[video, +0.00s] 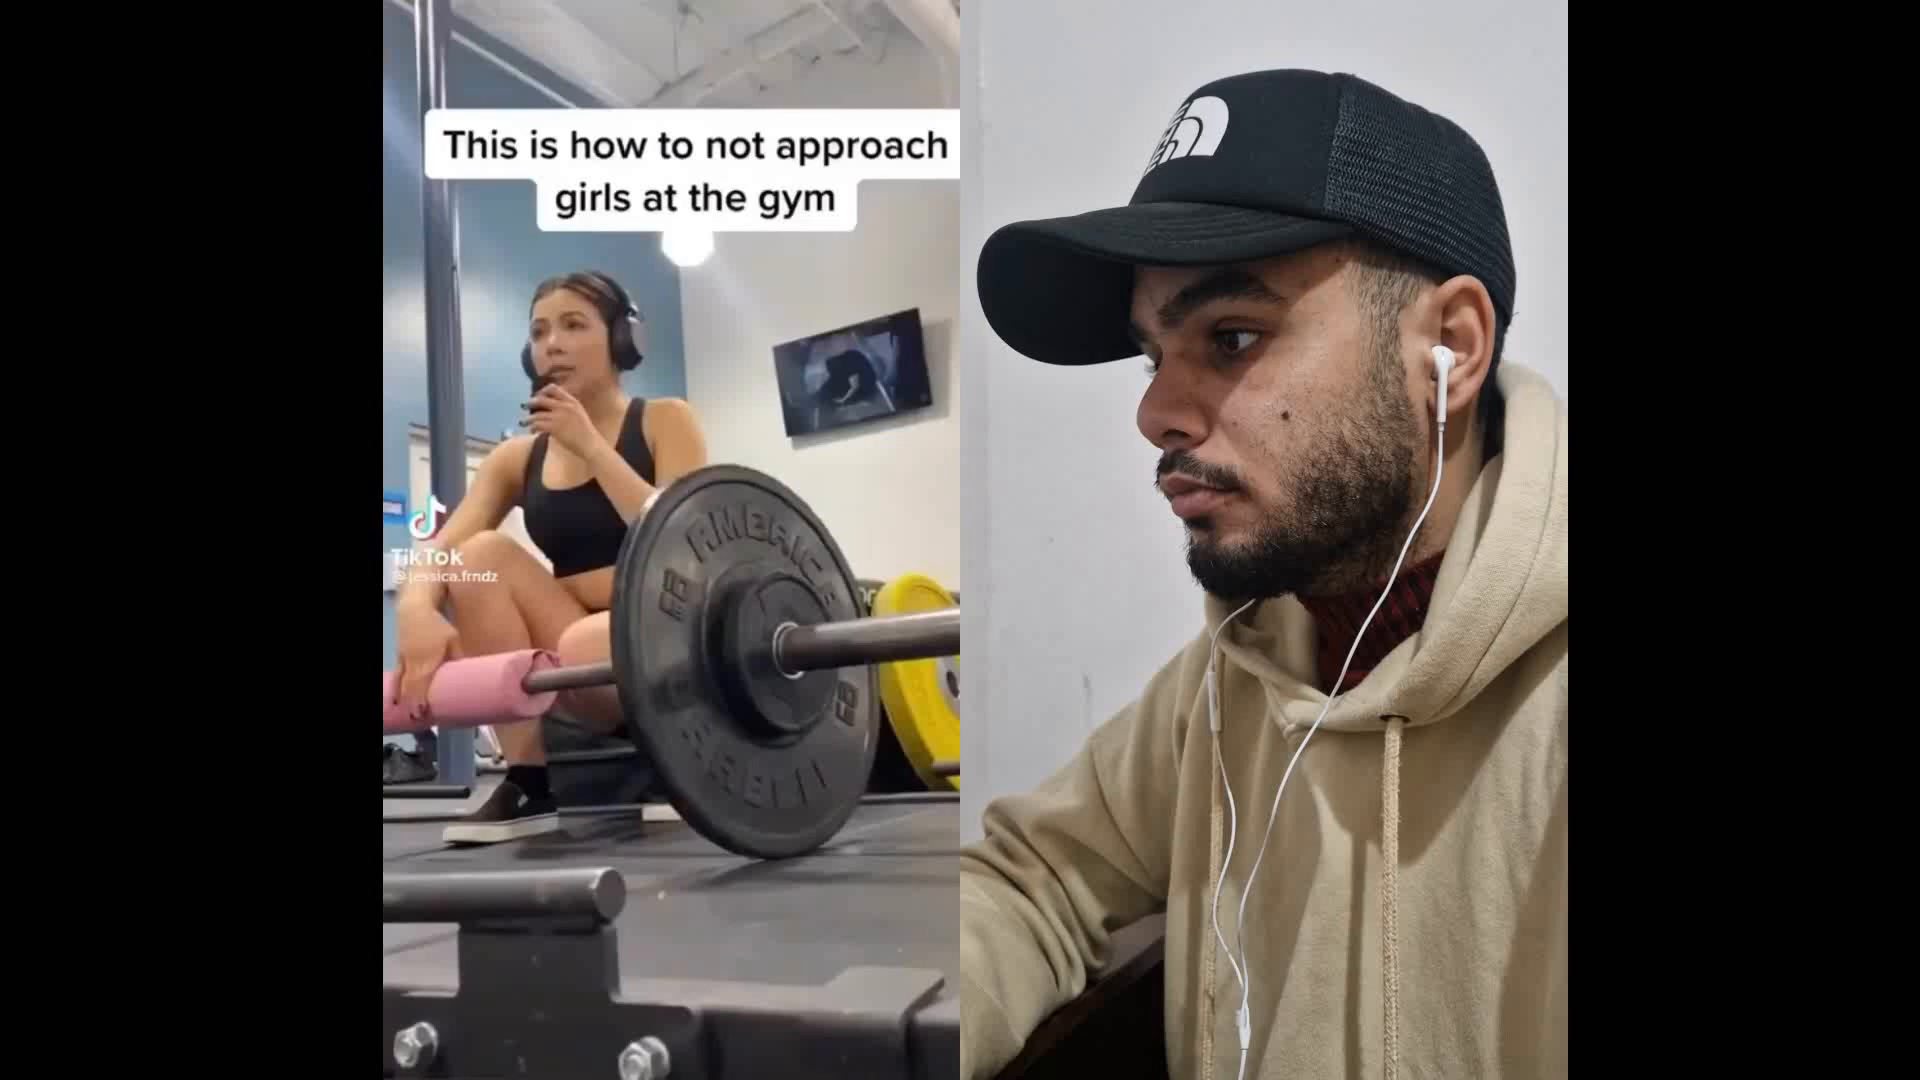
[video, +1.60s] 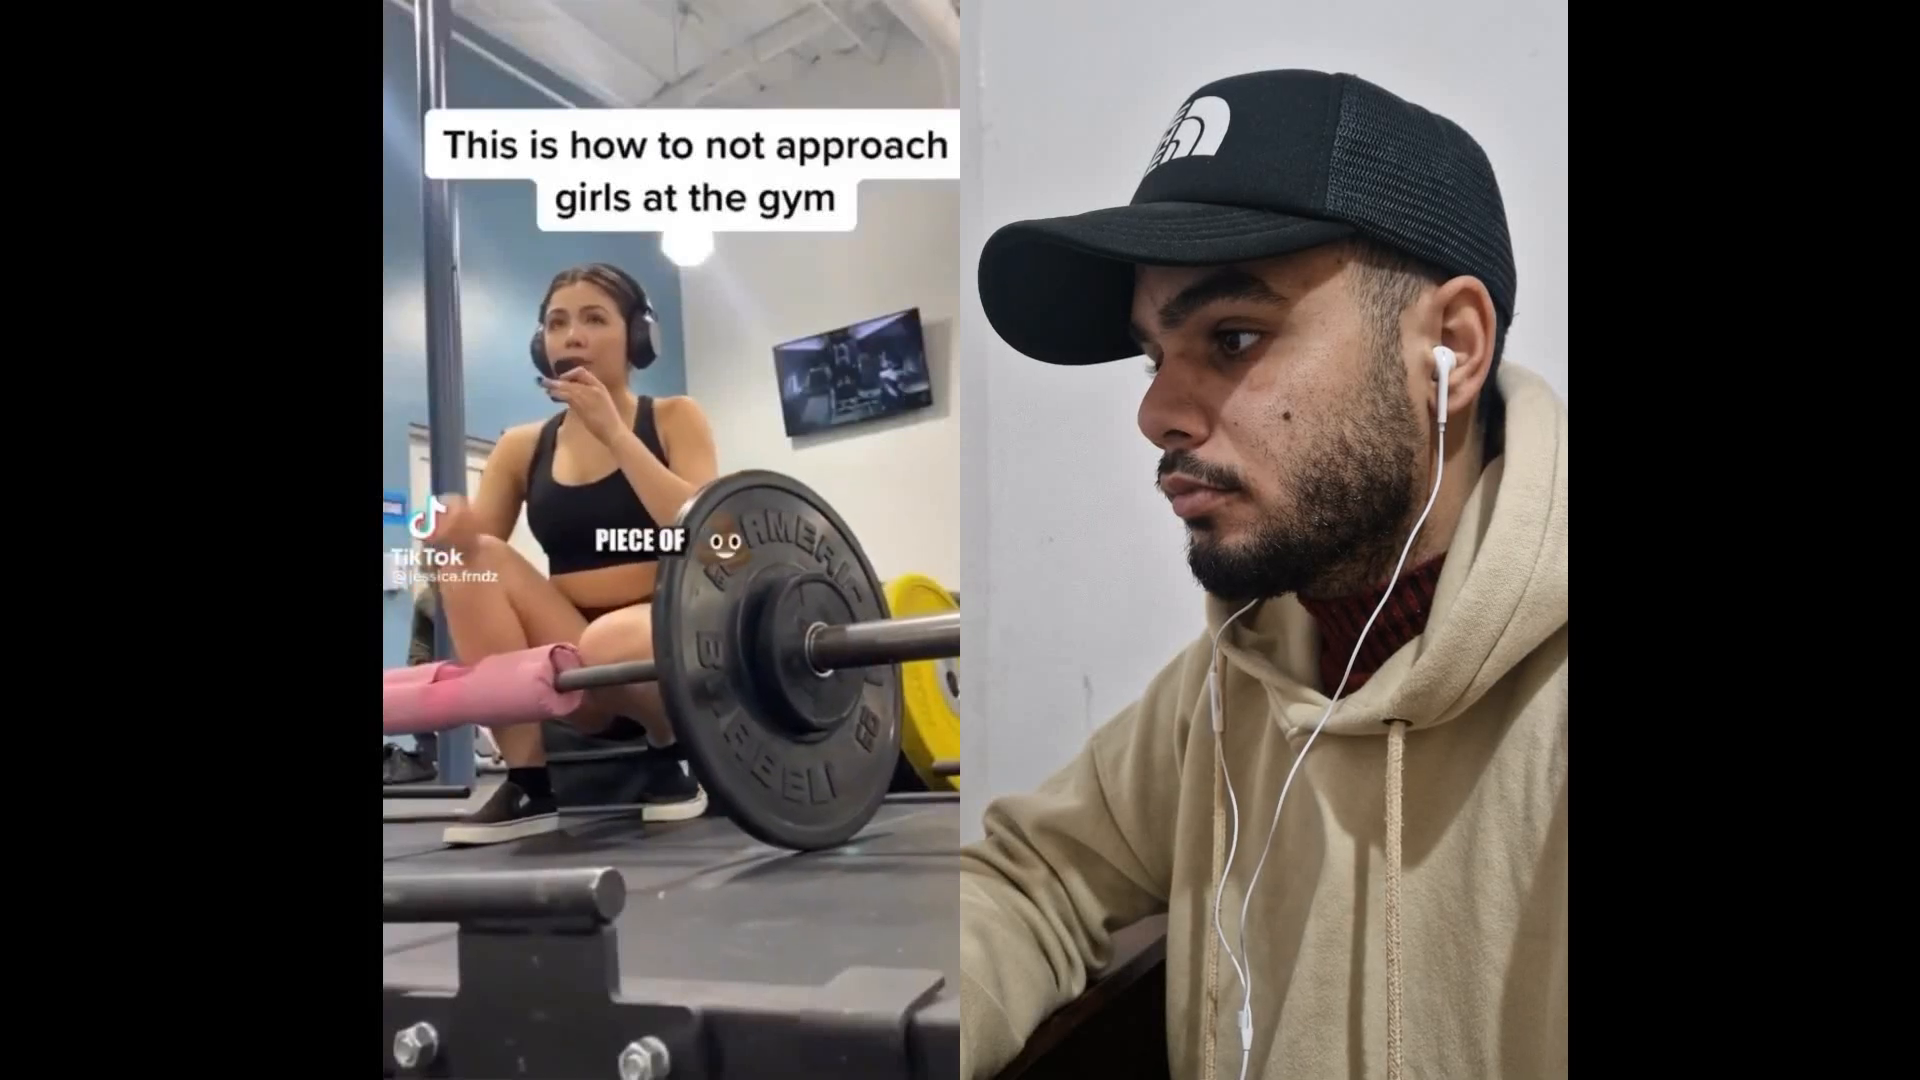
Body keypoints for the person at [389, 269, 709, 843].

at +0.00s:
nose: (552, 342)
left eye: (573, 324)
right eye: (540, 329)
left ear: (616, 339)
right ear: (531, 350)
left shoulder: (664, 421)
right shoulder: (517, 456)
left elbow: (688, 536)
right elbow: (442, 549)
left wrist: (592, 447)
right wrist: (415, 607)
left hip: (663, 628)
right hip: (563, 637)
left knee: (585, 645)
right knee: (482, 555)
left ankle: (680, 772)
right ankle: (526, 778)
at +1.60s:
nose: (571, 335)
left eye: (593, 318)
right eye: (557, 321)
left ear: (632, 337)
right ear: (544, 343)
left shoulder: (674, 420)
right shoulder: (522, 447)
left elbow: (702, 525)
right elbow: (478, 560)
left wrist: (615, 435)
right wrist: (456, 534)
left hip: (671, 633)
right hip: (572, 642)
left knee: (608, 643)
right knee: (466, 557)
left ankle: (668, 754)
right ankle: (528, 781)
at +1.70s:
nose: (569, 332)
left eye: (591, 317)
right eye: (555, 320)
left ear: (630, 335)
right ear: (542, 342)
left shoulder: (672, 416)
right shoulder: (527, 441)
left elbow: (700, 519)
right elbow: (462, 550)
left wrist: (614, 430)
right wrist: (465, 465)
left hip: (670, 630)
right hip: (571, 641)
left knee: (604, 645)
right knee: (468, 561)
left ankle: (670, 754)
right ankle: (527, 781)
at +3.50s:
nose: (610, 411)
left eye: (628, 388)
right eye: (588, 393)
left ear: (657, 375)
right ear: (561, 385)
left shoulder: (689, 439)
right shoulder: (544, 427)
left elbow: (740, 547)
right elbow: (485, 541)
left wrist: (692, 640)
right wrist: (560, 510)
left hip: (684, 652)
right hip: (578, 651)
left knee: (621, 602)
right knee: (463, 562)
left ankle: (674, 746)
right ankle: (525, 778)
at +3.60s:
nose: (605, 411)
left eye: (624, 388)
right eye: (584, 393)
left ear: (653, 375)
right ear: (557, 385)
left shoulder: (690, 438)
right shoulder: (541, 430)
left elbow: (731, 556)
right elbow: (499, 552)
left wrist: (693, 649)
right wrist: (565, 513)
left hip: (682, 651)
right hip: (579, 649)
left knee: (621, 602)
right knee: (467, 563)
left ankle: (674, 746)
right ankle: (526, 780)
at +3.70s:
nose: (599, 413)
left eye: (617, 389)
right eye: (575, 395)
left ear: (647, 371)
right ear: (551, 387)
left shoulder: (688, 437)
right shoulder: (539, 434)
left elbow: (730, 555)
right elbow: (501, 558)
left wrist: (697, 650)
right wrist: (563, 517)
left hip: (683, 654)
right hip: (581, 653)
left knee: (632, 606)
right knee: (474, 563)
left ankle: (676, 747)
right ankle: (527, 781)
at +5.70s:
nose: (613, 355)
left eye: (627, 331)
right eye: (585, 339)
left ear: (652, 329)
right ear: (554, 352)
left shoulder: (700, 423)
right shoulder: (540, 433)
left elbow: (800, 505)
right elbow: (510, 569)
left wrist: (894, 541)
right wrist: (583, 470)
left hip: (713, 657)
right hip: (602, 670)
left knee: (672, 651)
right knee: (534, 553)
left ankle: (693, 760)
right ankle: (552, 797)